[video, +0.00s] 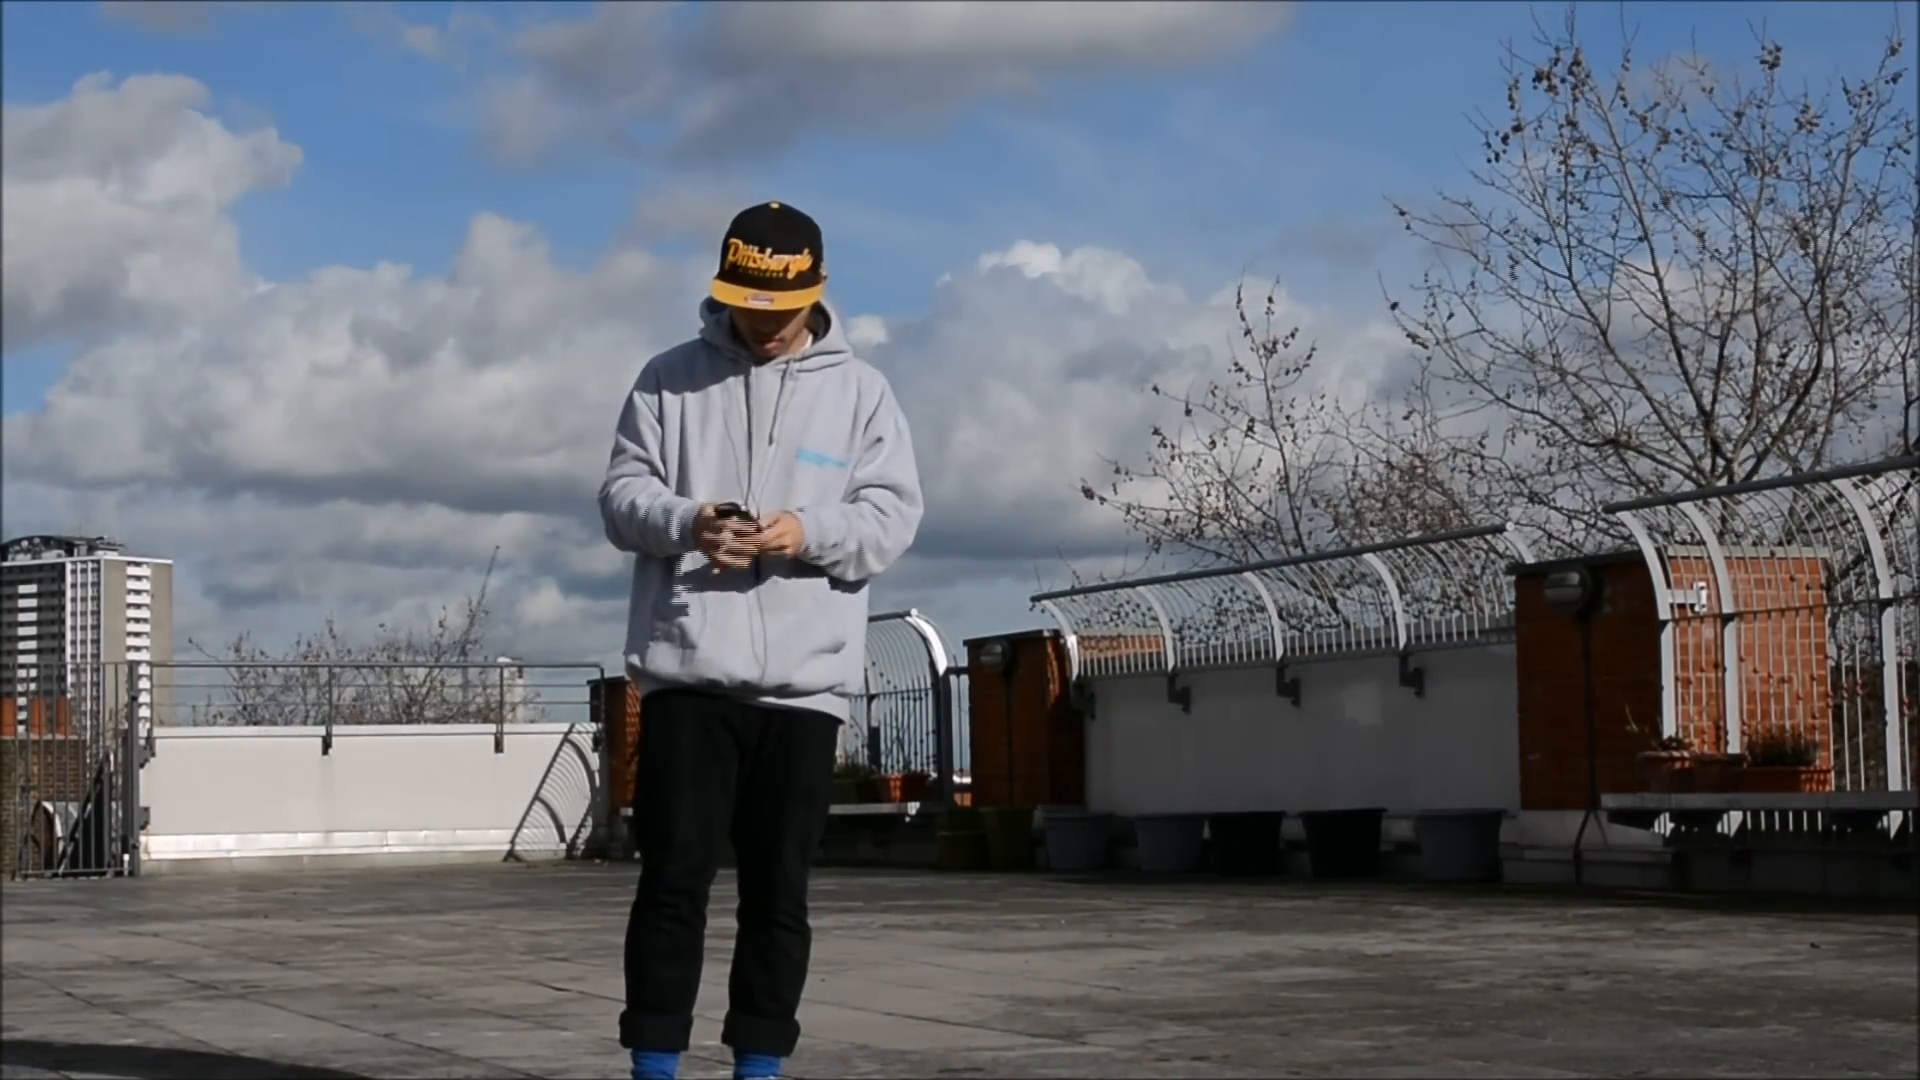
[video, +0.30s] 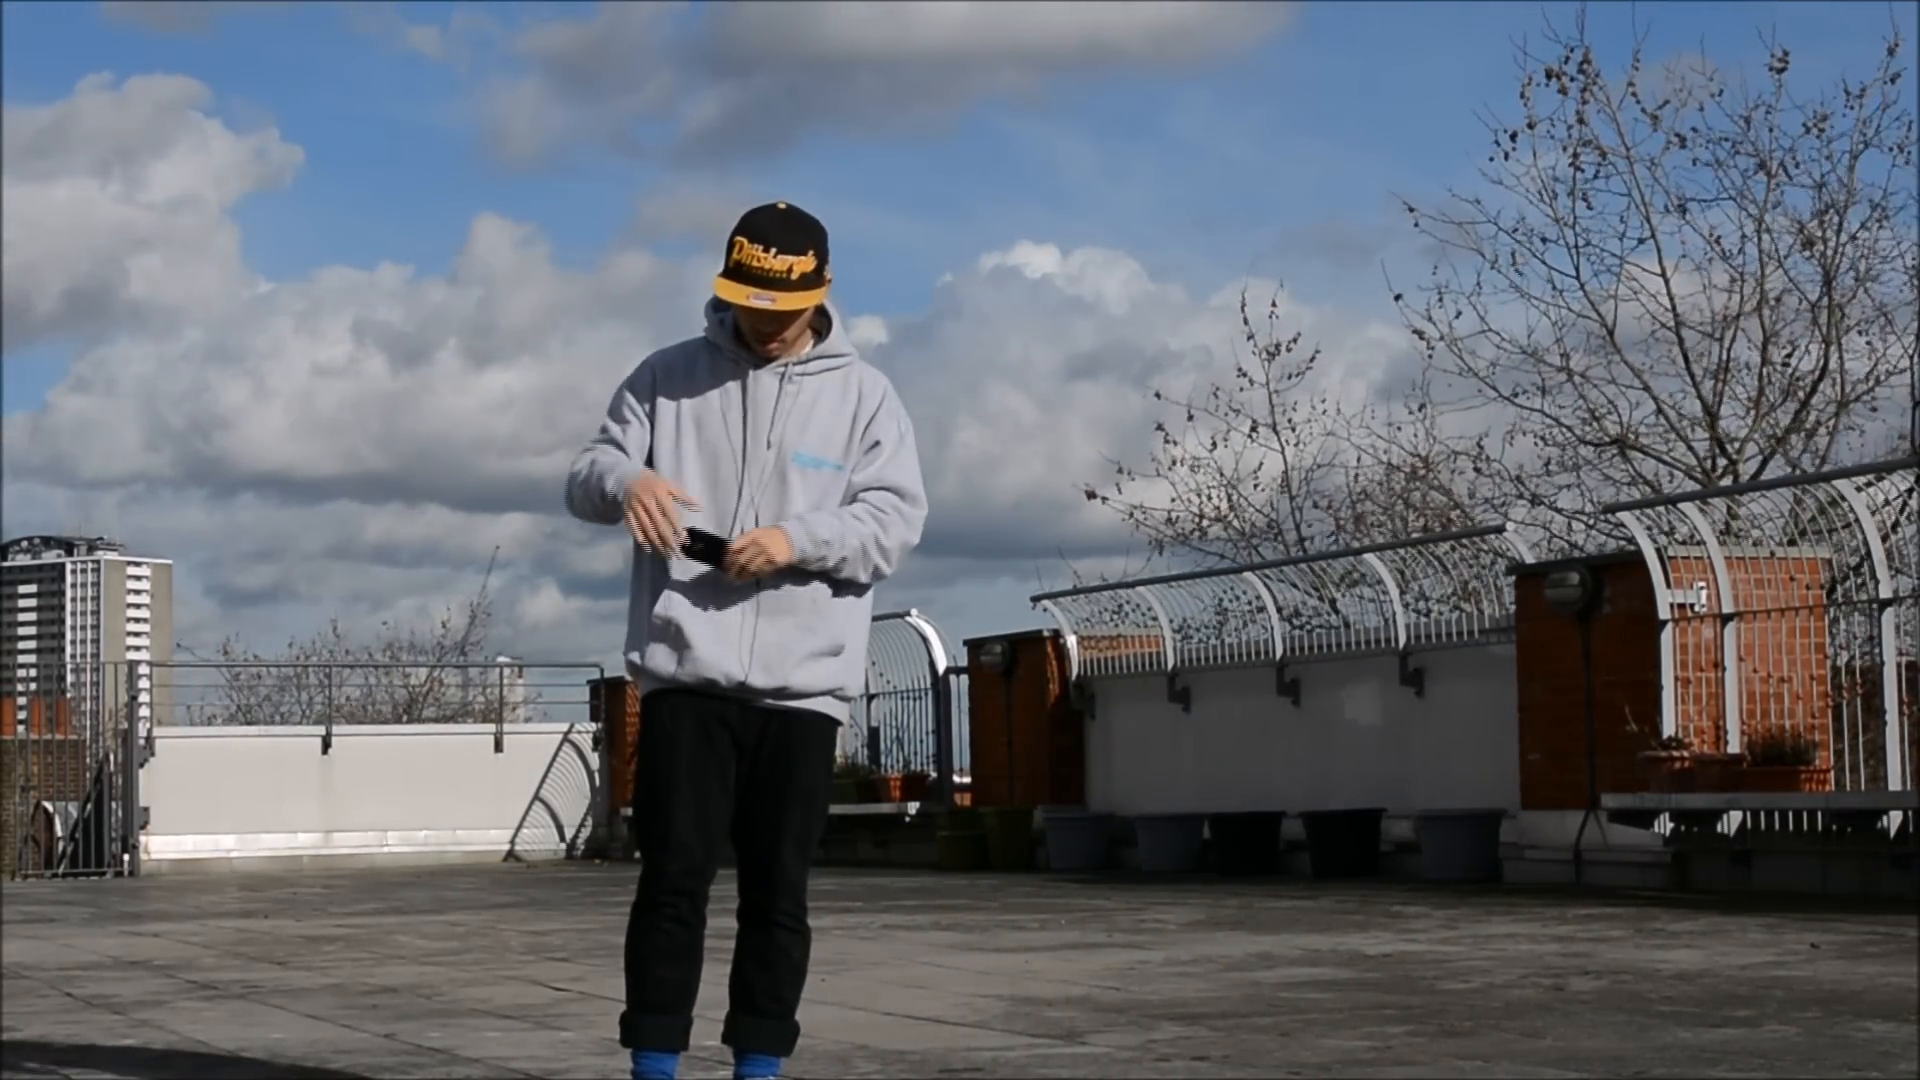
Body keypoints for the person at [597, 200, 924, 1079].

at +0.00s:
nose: (762, 319)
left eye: (781, 304)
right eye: (746, 302)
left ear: (816, 289)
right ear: (724, 287)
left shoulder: (862, 390)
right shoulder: (669, 378)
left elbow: (892, 516)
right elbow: (623, 495)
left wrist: (808, 532)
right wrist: (689, 523)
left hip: (804, 680)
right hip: (686, 674)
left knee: (780, 886)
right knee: (673, 877)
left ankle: (761, 1062)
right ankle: (654, 1061)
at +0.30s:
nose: (763, 322)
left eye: (782, 308)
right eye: (748, 305)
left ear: (819, 293)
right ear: (726, 287)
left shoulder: (864, 393)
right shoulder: (667, 377)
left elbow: (896, 518)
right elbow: (586, 476)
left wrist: (799, 542)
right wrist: (627, 481)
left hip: (803, 684)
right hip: (685, 676)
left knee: (778, 883)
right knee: (674, 876)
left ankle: (760, 1063)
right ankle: (654, 1061)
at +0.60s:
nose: (771, 312)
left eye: (791, 297)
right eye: (756, 294)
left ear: (824, 287)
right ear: (732, 281)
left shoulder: (867, 394)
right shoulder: (666, 375)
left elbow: (892, 518)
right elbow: (587, 462)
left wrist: (797, 547)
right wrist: (609, 549)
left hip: (807, 682)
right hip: (687, 674)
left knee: (778, 884)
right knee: (676, 875)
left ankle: (761, 1063)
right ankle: (655, 1060)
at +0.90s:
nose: (759, 296)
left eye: (778, 280)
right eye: (744, 279)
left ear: (816, 275)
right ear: (723, 274)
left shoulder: (866, 386)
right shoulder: (665, 381)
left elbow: (909, 499)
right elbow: (612, 514)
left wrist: (869, 543)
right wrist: (608, 641)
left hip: (802, 679)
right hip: (680, 671)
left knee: (779, 886)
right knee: (670, 878)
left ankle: (760, 1063)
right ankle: (652, 1063)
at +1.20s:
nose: (753, 278)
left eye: (772, 259)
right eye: (736, 260)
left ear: (807, 262)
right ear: (716, 263)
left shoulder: (863, 375)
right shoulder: (661, 374)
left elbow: (908, 487)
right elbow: (616, 504)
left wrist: (873, 533)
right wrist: (607, 613)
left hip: (804, 677)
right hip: (683, 669)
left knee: (781, 885)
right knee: (671, 877)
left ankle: (762, 1063)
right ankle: (653, 1063)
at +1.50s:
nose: (754, 277)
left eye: (774, 259)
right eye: (739, 259)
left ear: (812, 262)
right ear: (720, 261)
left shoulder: (864, 377)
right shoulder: (663, 363)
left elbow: (901, 492)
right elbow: (614, 480)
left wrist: (867, 540)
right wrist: (623, 581)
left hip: (804, 666)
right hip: (684, 655)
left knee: (780, 881)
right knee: (672, 872)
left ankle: (761, 1063)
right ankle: (653, 1062)